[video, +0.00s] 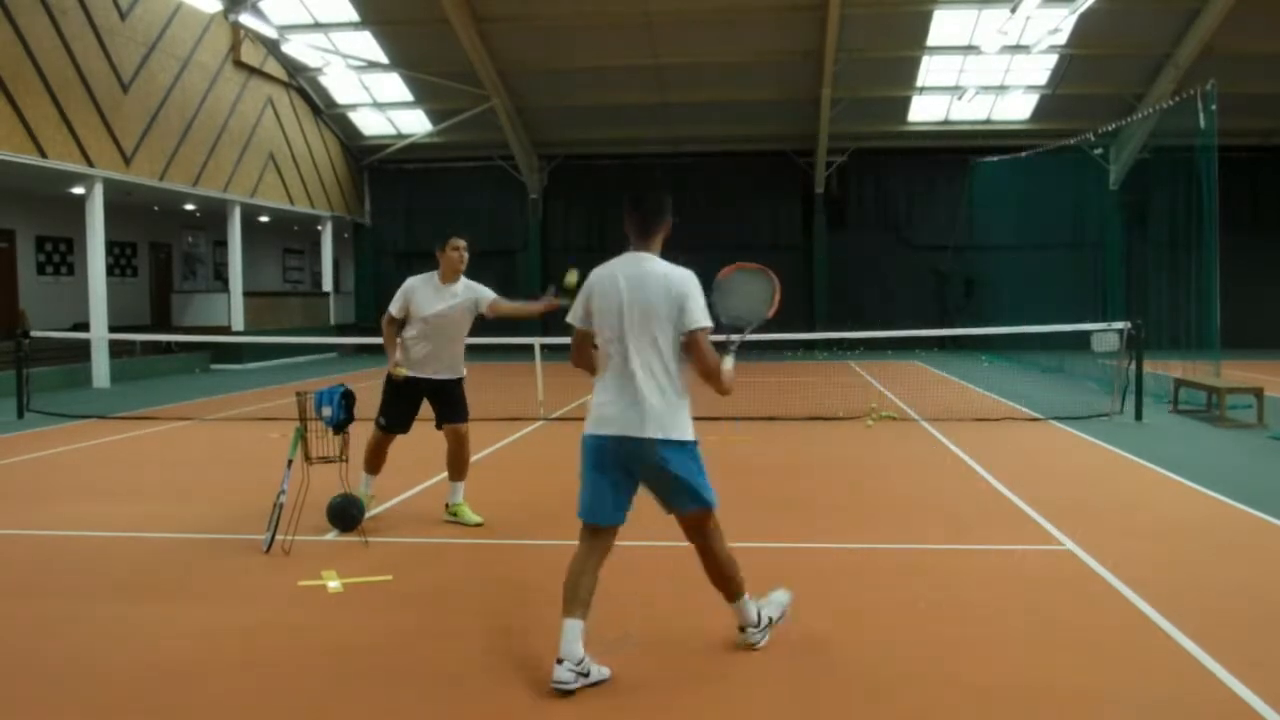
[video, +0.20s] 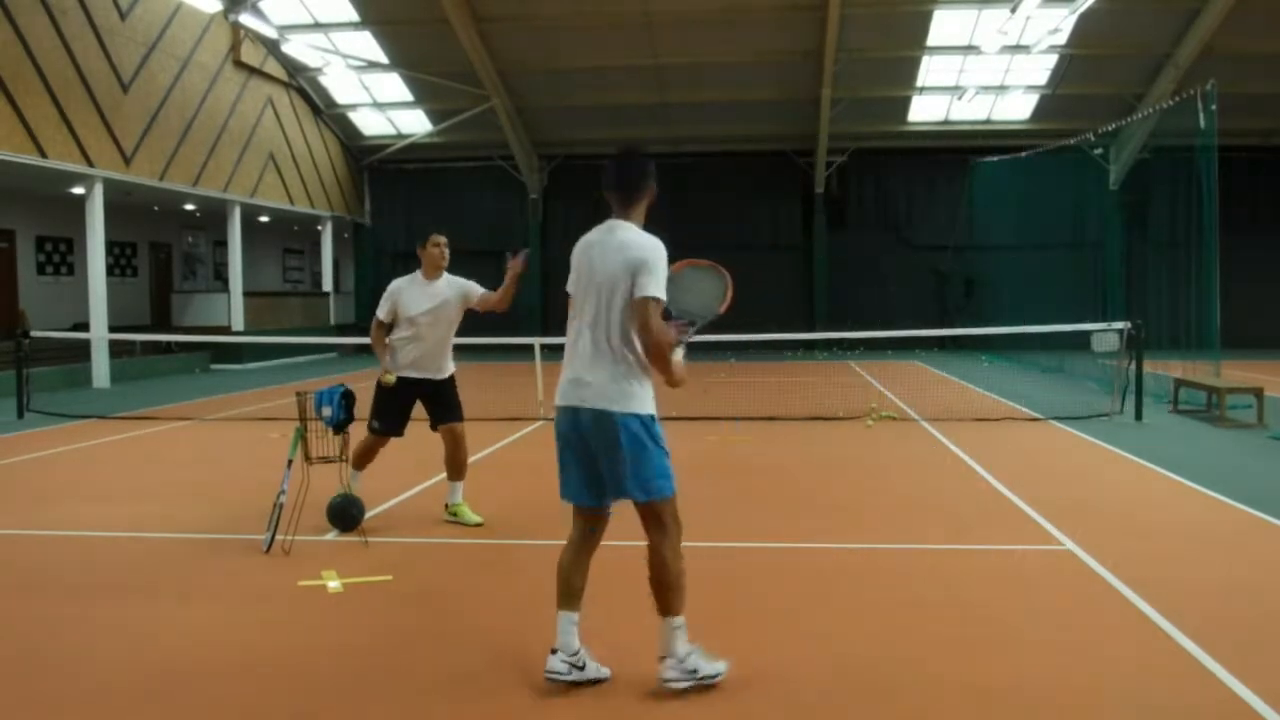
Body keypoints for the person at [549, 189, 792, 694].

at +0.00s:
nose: (666, 233)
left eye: (653, 223)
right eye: (667, 225)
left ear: (626, 226)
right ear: (666, 228)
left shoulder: (597, 278)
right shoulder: (679, 280)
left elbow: (581, 355)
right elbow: (701, 354)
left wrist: (624, 373)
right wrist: (722, 379)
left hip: (605, 432)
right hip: (663, 432)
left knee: (592, 543)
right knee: (704, 532)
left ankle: (569, 659)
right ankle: (750, 618)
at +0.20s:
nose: (650, 198)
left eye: (635, 190)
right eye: (652, 191)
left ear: (607, 191)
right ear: (651, 192)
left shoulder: (584, 244)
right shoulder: (646, 247)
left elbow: (576, 317)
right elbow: (650, 330)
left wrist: (648, 332)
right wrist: (670, 369)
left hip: (573, 407)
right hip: (624, 411)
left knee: (586, 525)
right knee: (664, 526)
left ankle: (565, 650)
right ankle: (676, 654)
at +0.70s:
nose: (656, 244)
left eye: (654, 236)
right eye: (656, 236)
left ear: (610, 238)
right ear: (649, 239)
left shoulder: (601, 290)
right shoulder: (626, 295)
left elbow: (653, 364)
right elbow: (668, 376)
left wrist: (718, 346)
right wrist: (724, 384)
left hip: (594, 458)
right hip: (599, 462)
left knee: (649, 548)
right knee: (591, 591)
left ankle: (578, 658)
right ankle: (509, 706)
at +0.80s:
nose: (673, 242)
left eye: (671, 234)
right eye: (673, 234)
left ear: (633, 235)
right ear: (663, 236)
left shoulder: (650, 292)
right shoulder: (627, 289)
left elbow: (701, 340)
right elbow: (670, 344)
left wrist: (755, 315)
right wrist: (748, 345)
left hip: (628, 454)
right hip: (609, 454)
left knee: (656, 556)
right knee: (622, 578)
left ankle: (575, 657)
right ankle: (524, 695)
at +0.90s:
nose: (698, 245)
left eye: (698, 238)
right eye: (697, 236)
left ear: (672, 239)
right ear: (684, 237)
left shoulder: (684, 289)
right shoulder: (643, 288)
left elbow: (745, 328)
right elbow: (708, 318)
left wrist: (771, 294)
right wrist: (767, 298)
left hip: (640, 447)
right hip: (628, 448)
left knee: (655, 563)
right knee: (673, 570)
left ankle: (583, 653)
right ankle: (577, 671)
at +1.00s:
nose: (730, 235)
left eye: (730, 229)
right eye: (727, 227)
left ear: (704, 227)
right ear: (710, 224)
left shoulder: (719, 277)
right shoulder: (671, 266)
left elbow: (777, 306)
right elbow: (666, 291)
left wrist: (824, 273)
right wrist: (741, 272)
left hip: (665, 428)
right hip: (654, 428)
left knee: (662, 552)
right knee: (718, 538)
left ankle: (579, 651)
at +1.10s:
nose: (763, 234)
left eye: (765, 228)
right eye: (760, 226)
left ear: (747, 228)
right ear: (740, 224)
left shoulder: (753, 272)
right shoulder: (700, 260)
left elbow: (811, 301)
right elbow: (675, 287)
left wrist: (865, 279)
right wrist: (744, 265)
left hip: (702, 421)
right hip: (683, 422)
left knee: (702, 538)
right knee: (750, 530)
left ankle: (603, 610)